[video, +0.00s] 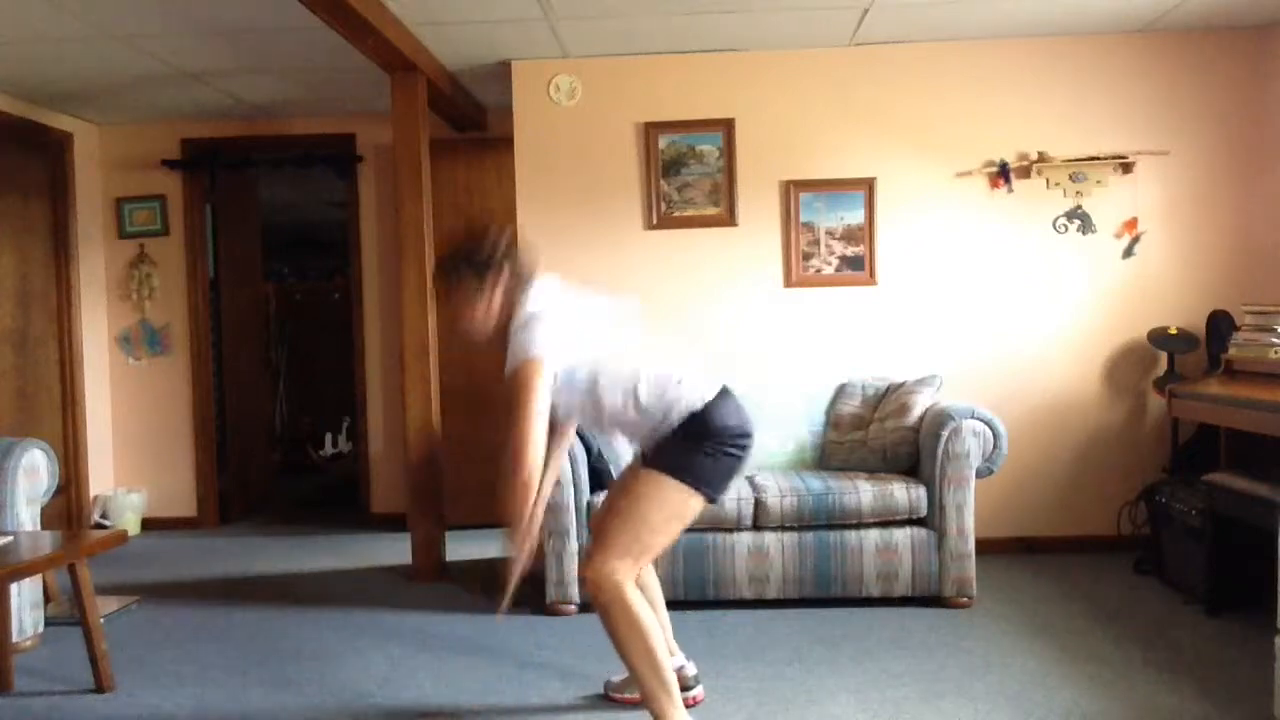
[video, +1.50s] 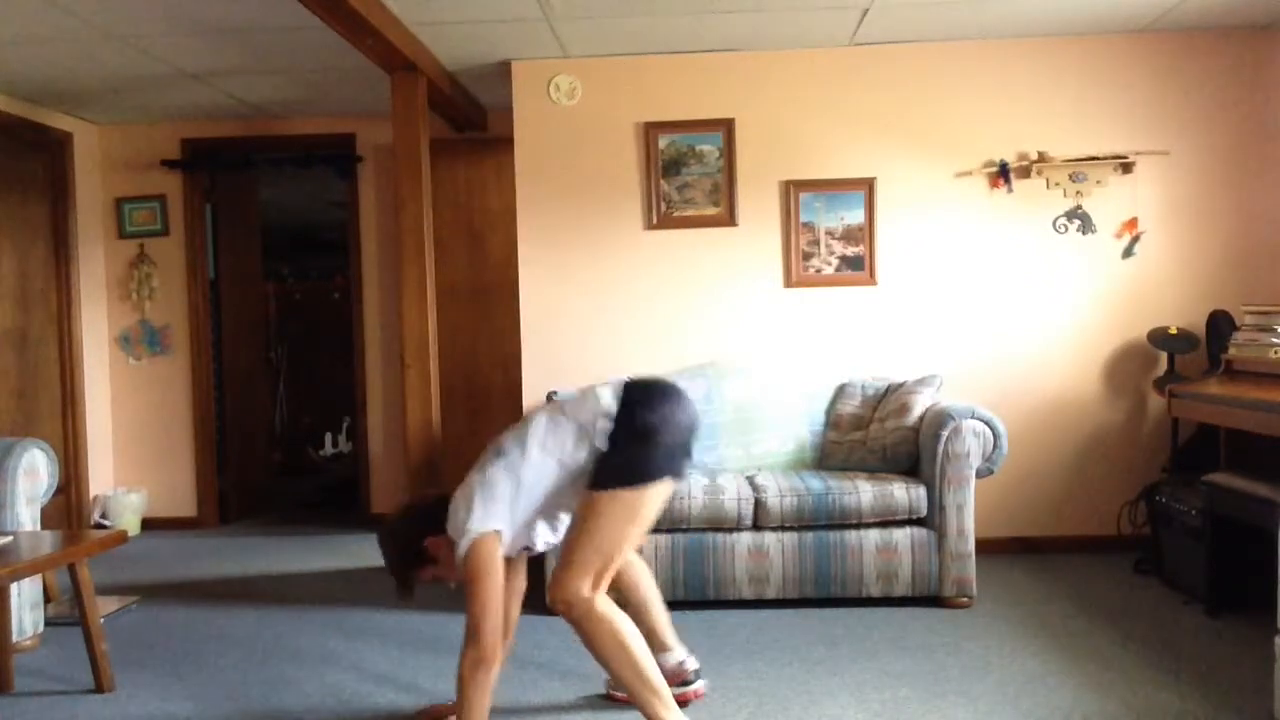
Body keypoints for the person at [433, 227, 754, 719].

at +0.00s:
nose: (459, 317)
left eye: (462, 299)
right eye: (454, 302)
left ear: (494, 283)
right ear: (499, 280)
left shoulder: (535, 322)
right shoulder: (550, 303)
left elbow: (525, 455)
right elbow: (559, 433)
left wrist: (519, 536)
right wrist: (533, 519)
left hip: (705, 424)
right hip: (695, 419)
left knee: (605, 571)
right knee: (612, 536)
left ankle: (671, 711)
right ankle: (670, 666)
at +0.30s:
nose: (567, 130)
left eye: (579, 115)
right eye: (560, 118)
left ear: (616, 117)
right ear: (560, 122)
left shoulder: (614, 177)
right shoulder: (629, 179)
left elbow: (614, 248)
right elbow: (642, 262)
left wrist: (593, 333)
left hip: (637, 375)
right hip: (647, 370)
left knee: (626, 548)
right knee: (634, 536)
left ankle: (673, 705)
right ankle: (672, 667)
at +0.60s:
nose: (594, 128)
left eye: (609, 115)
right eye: (584, 117)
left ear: (641, 125)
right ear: (575, 127)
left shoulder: (634, 186)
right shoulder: (640, 187)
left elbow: (641, 266)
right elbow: (643, 275)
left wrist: (613, 346)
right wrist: (604, 351)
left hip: (628, 380)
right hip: (637, 378)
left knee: (628, 551)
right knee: (638, 542)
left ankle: (673, 706)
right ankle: (673, 670)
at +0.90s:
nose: (471, 217)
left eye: (478, 200)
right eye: (468, 202)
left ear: (515, 190)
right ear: (520, 192)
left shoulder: (542, 235)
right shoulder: (560, 223)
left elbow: (519, 351)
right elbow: (568, 329)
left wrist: (510, 447)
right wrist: (565, 408)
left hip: (681, 393)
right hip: (685, 387)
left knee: (635, 558)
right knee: (649, 548)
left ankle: (675, 708)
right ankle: (674, 672)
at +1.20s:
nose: (438, 468)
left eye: (434, 455)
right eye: (429, 459)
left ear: (454, 432)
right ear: (458, 422)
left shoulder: (514, 444)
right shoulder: (518, 421)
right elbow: (501, 562)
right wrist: (471, 636)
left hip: (705, 447)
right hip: (703, 435)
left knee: (600, 579)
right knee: (613, 554)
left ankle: (669, 712)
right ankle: (673, 671)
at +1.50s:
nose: (451, 583)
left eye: (437, 576)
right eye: (438, 581)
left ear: (436, 546)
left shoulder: (477, 515)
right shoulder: (508, 515)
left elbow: (483, 649)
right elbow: (500, 636)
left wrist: (465, 714)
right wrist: (468, 705)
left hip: (645, 416)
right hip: (661, 408)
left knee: (574, 593)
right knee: (612, 552)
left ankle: (668, 713)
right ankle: (672, 662)